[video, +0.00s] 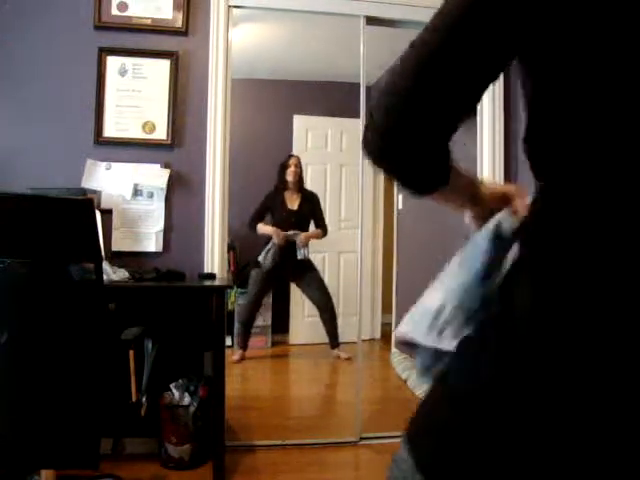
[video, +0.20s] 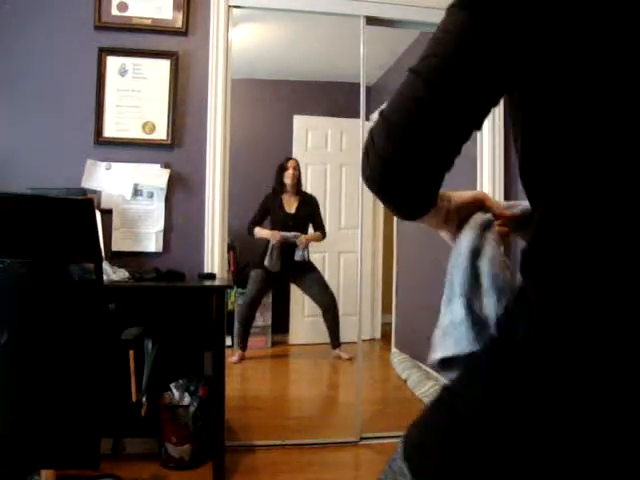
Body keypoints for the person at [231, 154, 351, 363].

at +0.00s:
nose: (294, 170)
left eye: (297, 166)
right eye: (290, 166)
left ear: (301, 171)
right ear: (283, 171)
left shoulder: (310, 198)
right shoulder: (274, 196)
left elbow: (322, 230)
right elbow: (254, 224)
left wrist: (308, 236)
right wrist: (273, 231)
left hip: (298, 258)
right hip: (273, 257)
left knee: (324, 299)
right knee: (251, 300)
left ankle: (335, 347)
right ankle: (240, 348)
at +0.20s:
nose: (292, 172)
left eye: (295, 169)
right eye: (288, 169)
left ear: (300, 174)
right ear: (281, 174)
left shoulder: (309, 201)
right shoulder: (272, 199)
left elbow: (321, 233)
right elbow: (252, 229)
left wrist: (308, 238)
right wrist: (270, 234)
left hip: (297, 261)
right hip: (270, 261)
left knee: (328, 301)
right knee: (249, 301)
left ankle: (336, 348)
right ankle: (240, 349)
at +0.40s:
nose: (298, 176)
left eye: (301, 173)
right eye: (294, 173)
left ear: (306, 178)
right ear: (287, 177)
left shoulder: (315, 204)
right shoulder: (278, 203)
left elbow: (330, 234)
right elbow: (260, 231)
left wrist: (317, 241)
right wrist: (276, 235)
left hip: (306, 264)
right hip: (278, 264)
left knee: (337, 300)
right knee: (247, 301)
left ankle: (340, 347)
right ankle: (239, 349)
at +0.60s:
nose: (304, 181)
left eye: (308, 178)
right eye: (300, 178)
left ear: (312, 182)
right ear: (293, 182)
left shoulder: (321, 210)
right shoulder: (283, 207)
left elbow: (336, 239)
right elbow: (265, 236)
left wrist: (327, 246)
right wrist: (279, 244)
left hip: (310, 269)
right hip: (282, 269)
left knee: (343, 302)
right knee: (246, 301)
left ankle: (342, 346)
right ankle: (238, 349)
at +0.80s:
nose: (305, 184)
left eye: (309, 181)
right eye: (301, 180)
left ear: (313, 185)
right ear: (294, 185)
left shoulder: (320, 213)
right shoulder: (284, 210)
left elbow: (334, 242)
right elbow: (265, 238)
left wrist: (329, 247)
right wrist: (278, 242)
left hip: (309, 272)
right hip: (280, 272)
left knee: (344, 303)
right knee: (245, 300)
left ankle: (342, 347)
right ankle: (238, 350)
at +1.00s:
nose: (302, 183)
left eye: (305, 180)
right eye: (298, 180)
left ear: (310, 184)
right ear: (291, 183)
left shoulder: (316, 211)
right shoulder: (278, 209)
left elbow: (331, 242)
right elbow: (261, 238)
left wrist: (338, 224)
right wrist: (258, 215)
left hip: (307, 272)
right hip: (277, 272)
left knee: (341, 302)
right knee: (244, 302)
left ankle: (341, 347)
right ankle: (239, 350)